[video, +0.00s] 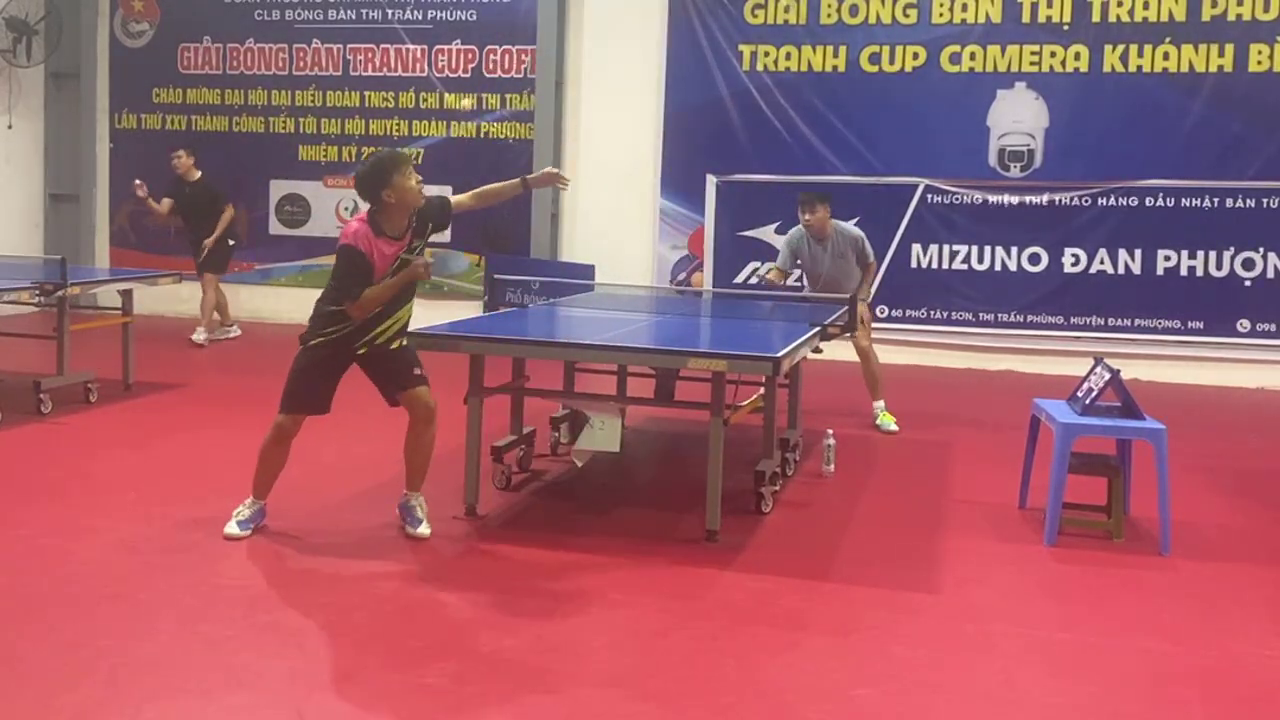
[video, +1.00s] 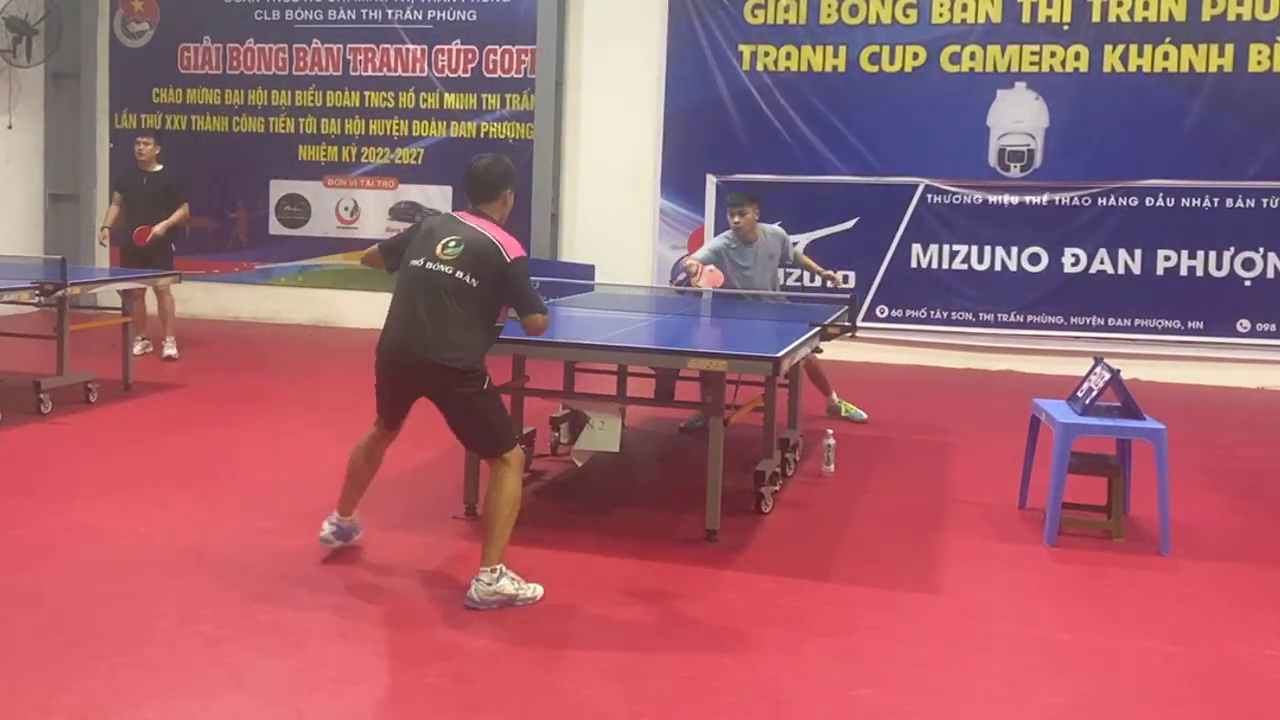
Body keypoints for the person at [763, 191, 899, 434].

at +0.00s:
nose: (806, 218)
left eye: (812, 213)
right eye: (802, 213)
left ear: (828, 212)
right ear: (799, 214)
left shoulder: (852, 235)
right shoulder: (795, 238)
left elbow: (870, 265)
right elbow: (780, 272)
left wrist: (861, 298)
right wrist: (773, 278)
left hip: (853, 301)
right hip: (816, 302)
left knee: (863, 347)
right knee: (784, 340)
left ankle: (880, 410)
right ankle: (766, 394)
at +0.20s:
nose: (795, 196)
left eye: (801, 190)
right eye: (792, 190)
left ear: (816, 190)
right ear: (788, 191)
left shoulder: (839, 219)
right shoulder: (782, 220)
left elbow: (852, 250)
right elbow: (767, 252)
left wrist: (842, 273)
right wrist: (762, 261)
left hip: (832, 298)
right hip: (793, 298)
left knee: (850, 343)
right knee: (774, 339)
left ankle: (876, 407)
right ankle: (766, 392)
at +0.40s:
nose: (794, 187)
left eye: (800, 181)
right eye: (791, 182)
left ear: (816, 181)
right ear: (788, 184)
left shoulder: (839, 212)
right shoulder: (781, 213)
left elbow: (849, 244)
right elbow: (766, 245)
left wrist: (832, 257)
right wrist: (756, 253)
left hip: (829, 295)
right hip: (789, 295)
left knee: (843, 344)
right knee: (771, 341)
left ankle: (849, 400)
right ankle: (764, 392)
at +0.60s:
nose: (796, 198)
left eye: (802, 192)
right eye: (793, 192)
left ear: (819, 192)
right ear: (789, 193)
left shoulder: (842, 221)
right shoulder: (782, 225)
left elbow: (857, 254)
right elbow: (759, 249)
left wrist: (844, 266)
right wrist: (747, 255)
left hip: (831, 303)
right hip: (789, 303)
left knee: (852, 352)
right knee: (765, 344)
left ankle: (850, 403)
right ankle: (759, 393)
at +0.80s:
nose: (770, 211)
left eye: (776, 206)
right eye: (767, 206)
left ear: (792, 205)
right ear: (763, 207)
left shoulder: (817, 231)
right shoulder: (757, 234)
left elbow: (837, 258)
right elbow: (723, 250)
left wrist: (844, 278)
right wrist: (719, 256)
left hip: (814, 311)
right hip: (773, 311)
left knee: (836, 355)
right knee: (739, 350)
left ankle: (848, 403)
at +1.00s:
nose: (736, 220)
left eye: (742, 215)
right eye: (732, 215)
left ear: (756, 214)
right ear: (728, 217)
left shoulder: (775, 235)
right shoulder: (723, 243)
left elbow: (796, 257)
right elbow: (691, 260)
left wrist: (822, 272)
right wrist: (692, 266)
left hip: (775, 311)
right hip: (735, 314)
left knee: (806, 354)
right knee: (706, 355)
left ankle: (833, 401)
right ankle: (708, 411)